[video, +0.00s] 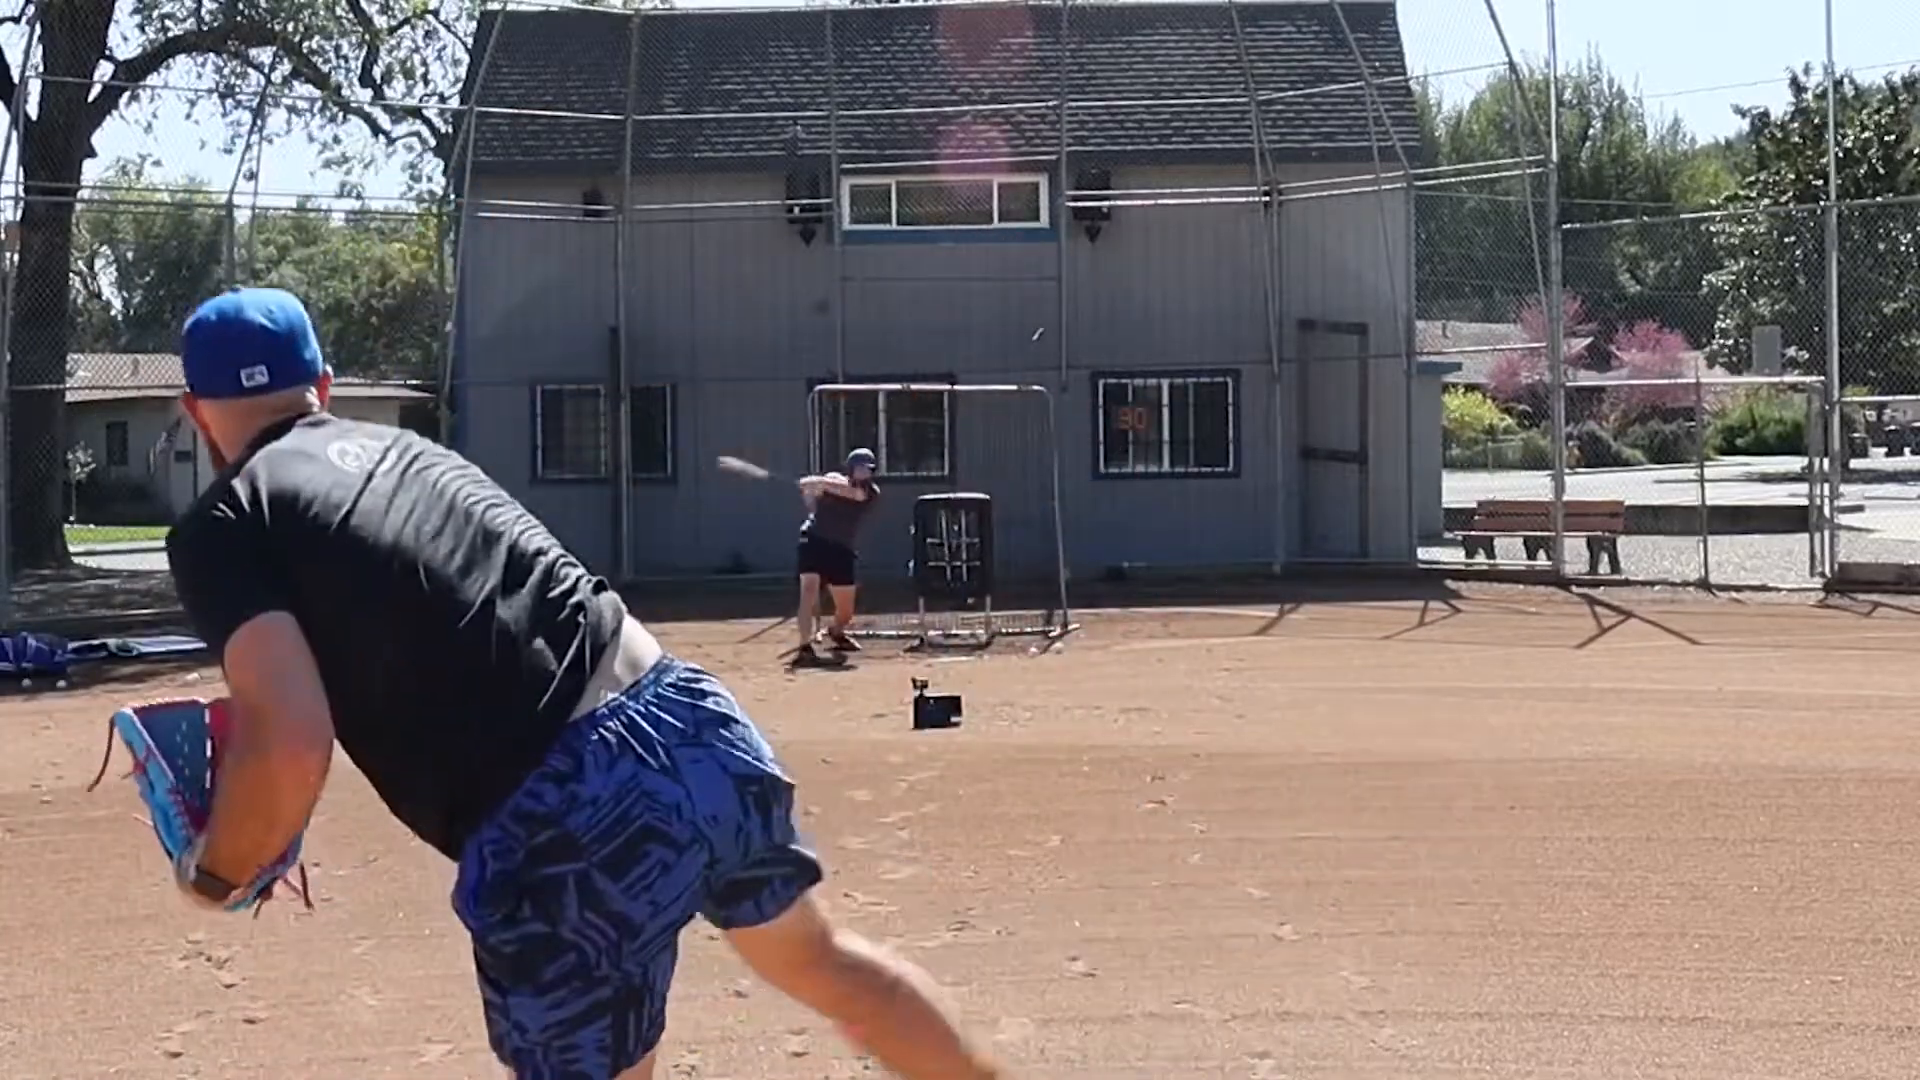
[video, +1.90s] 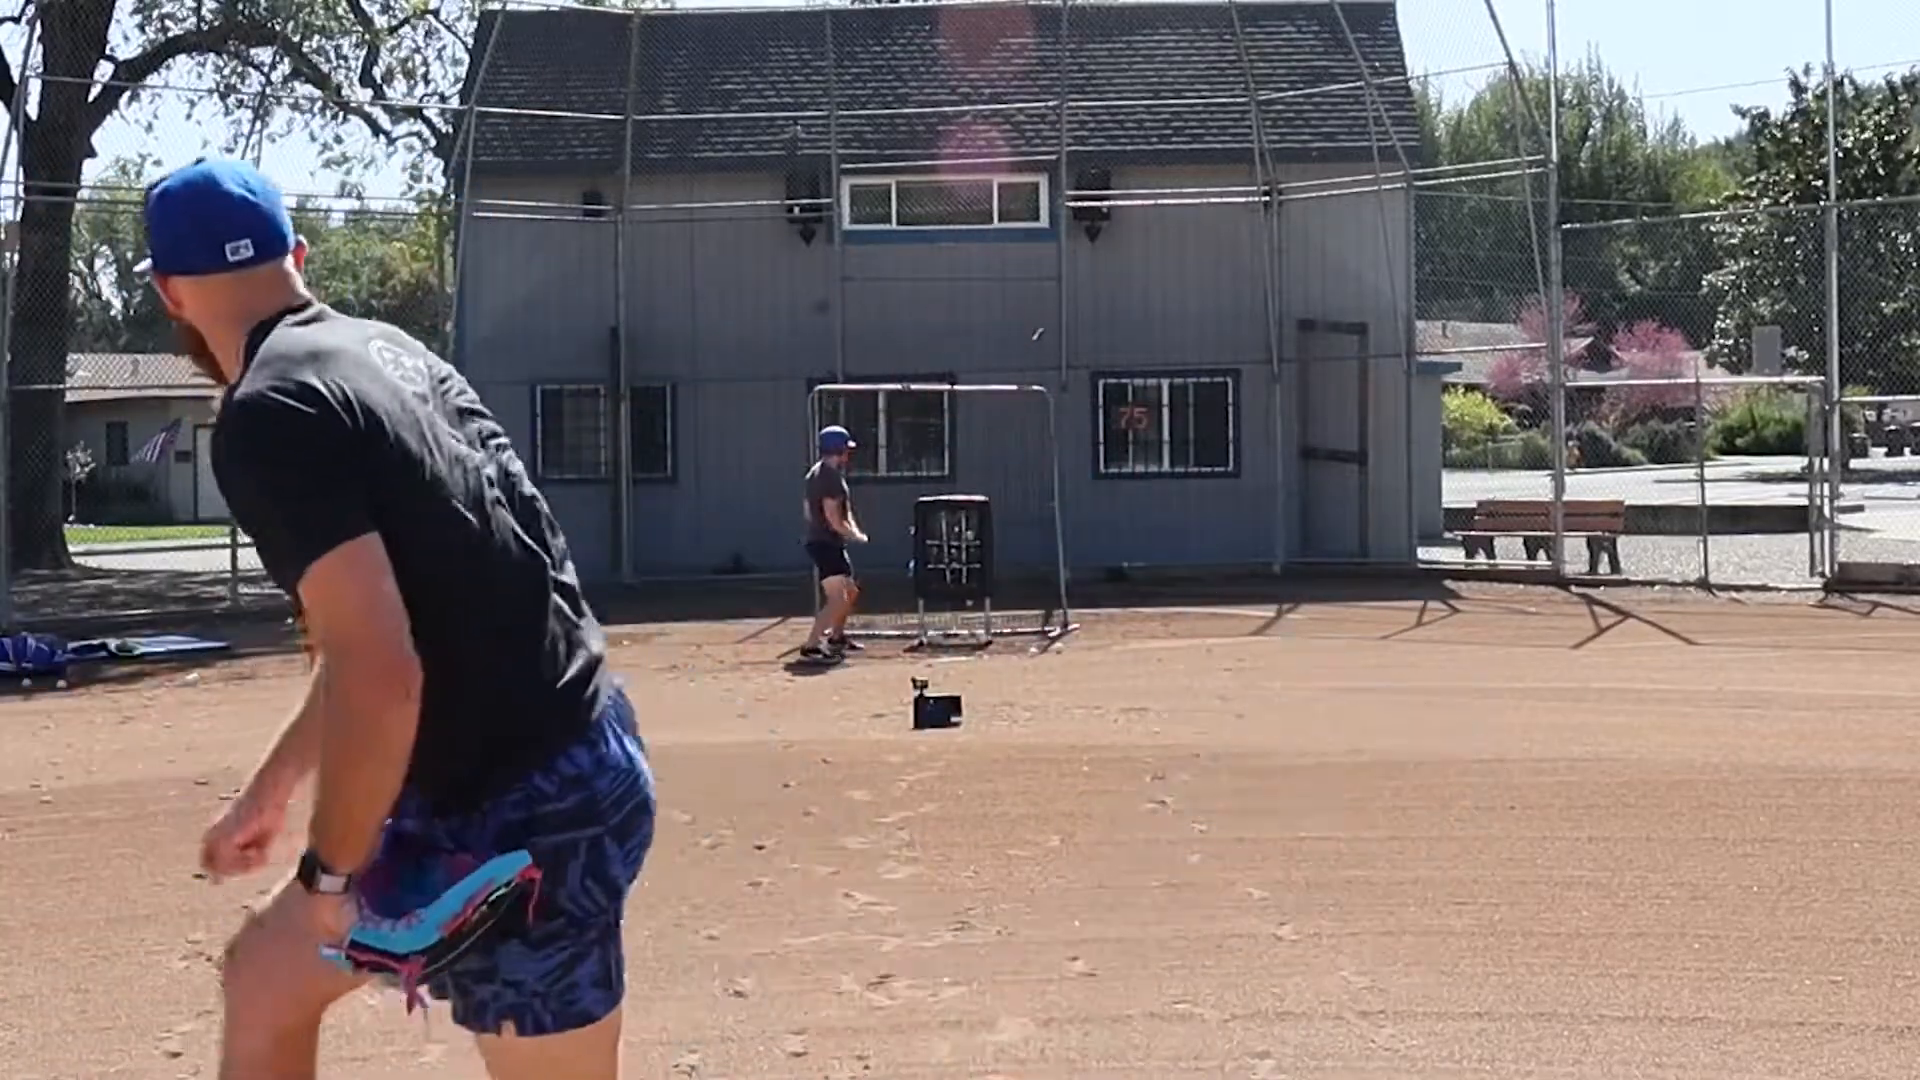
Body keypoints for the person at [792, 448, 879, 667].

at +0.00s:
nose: (866, 473)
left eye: (869, 469)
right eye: (862, 468)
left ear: (872, 471)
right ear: (851, 467)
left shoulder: (871, 491)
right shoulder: (834, 479)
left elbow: (847, 491)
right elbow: (804, 484)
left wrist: (821, 485)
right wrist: (825, 483)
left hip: (842, 547)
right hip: (815, 541)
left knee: (846, 609)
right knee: (809, 592)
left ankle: (836, 632)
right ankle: (805, 646)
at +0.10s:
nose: (858, 469)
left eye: (863, 465)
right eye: (855, 463)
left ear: (868, 469)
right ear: (848, 465)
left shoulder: (861, 487)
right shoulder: (839, 490)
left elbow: (830, 488)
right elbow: (822, 520)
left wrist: (798, 490)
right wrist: (800, 505)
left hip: (846, 545)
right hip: (821, 543)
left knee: (844, 598)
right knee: (809, 590)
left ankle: (845, 630)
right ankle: (800, 642)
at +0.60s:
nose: (858, 470)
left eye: (863, 466)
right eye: (854, 465)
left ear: (868, 469)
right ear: (848, 466)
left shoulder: (868, 492)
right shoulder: (832, 489)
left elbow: (840, 492)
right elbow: (813, 514)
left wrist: (805, 489)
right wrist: (800, 499)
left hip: (848, 551)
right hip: (821, 547)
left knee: (845, 607)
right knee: (813, 594)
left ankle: (858, 629)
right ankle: (803, 642)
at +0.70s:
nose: (853, 448)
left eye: (853, 444)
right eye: (849, 443)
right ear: (839, 444)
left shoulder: (844, 475)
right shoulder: (828, 474)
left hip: (830, 532)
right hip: (824, 533)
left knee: (855, 581)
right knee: (856, 581)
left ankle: (837, 627)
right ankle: (834, 626)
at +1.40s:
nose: (856, 464)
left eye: (857, 459)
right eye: (852, 459)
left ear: (844, 460)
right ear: (841, 459)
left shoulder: (824, 478)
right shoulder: (844, 481)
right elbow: (867, 507)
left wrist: (851, 489)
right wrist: (861, 488)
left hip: (823, 546)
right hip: (816, 547)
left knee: (852, 593)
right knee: (839, 599)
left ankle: (836, 636)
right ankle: (813, 645)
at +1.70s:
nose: (849, 455)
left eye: (849, 451)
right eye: (846, 450)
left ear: (827, 450)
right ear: (836, 450)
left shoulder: (817, 471)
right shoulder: (832, 473)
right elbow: (852, 515)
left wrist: (852, 503)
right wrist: (863, 507)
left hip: (824, 541)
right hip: (822, 543)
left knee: (850, 591)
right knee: (839, 598)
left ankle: (837, 635)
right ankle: (812, 643)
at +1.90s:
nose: (848, 455)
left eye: (847, 451)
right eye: (845, 451)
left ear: (828, 451)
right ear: (836, 451)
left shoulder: (823, 472)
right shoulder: (828, 476)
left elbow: (846, 506)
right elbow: (833, 516)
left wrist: (854, 528)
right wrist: (853, 534)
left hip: (828, 540)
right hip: (823, 541)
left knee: (849, 590)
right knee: (838, 596)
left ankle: (837, 634)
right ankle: (812, 643)